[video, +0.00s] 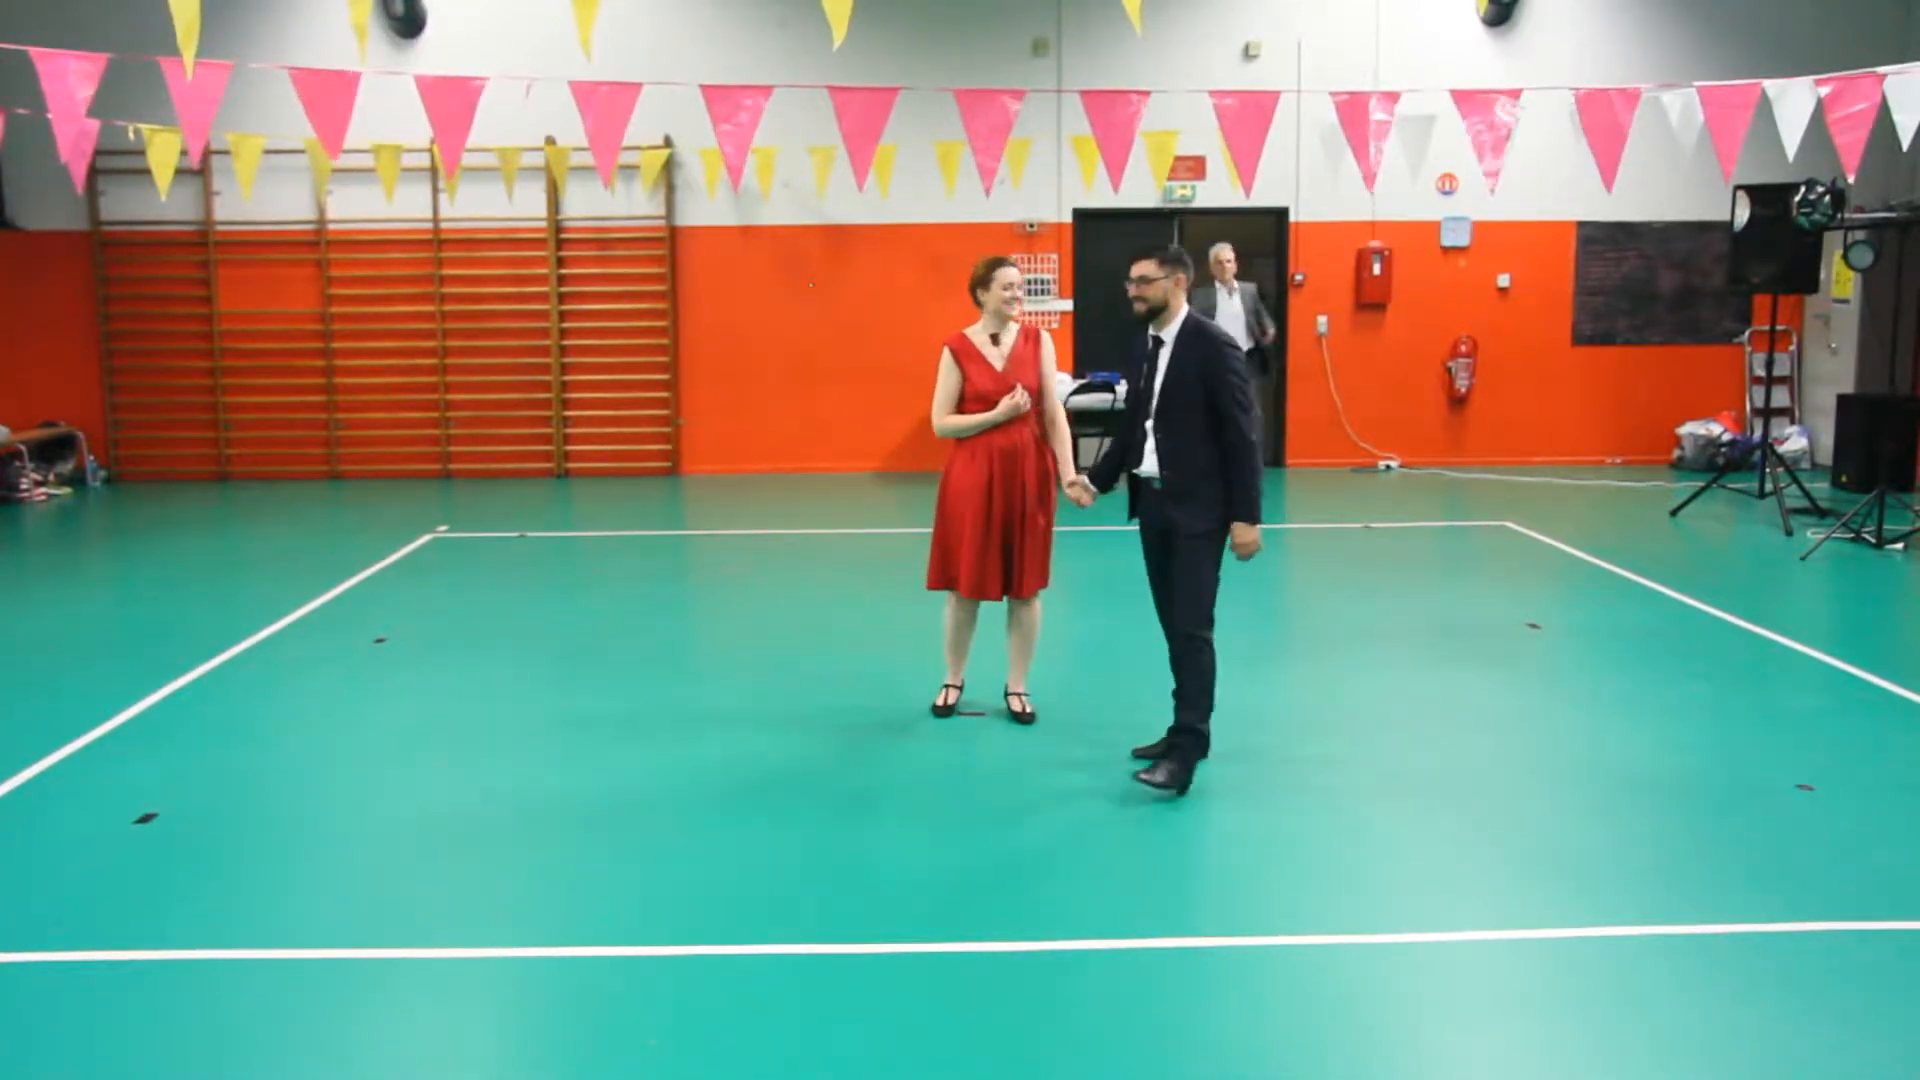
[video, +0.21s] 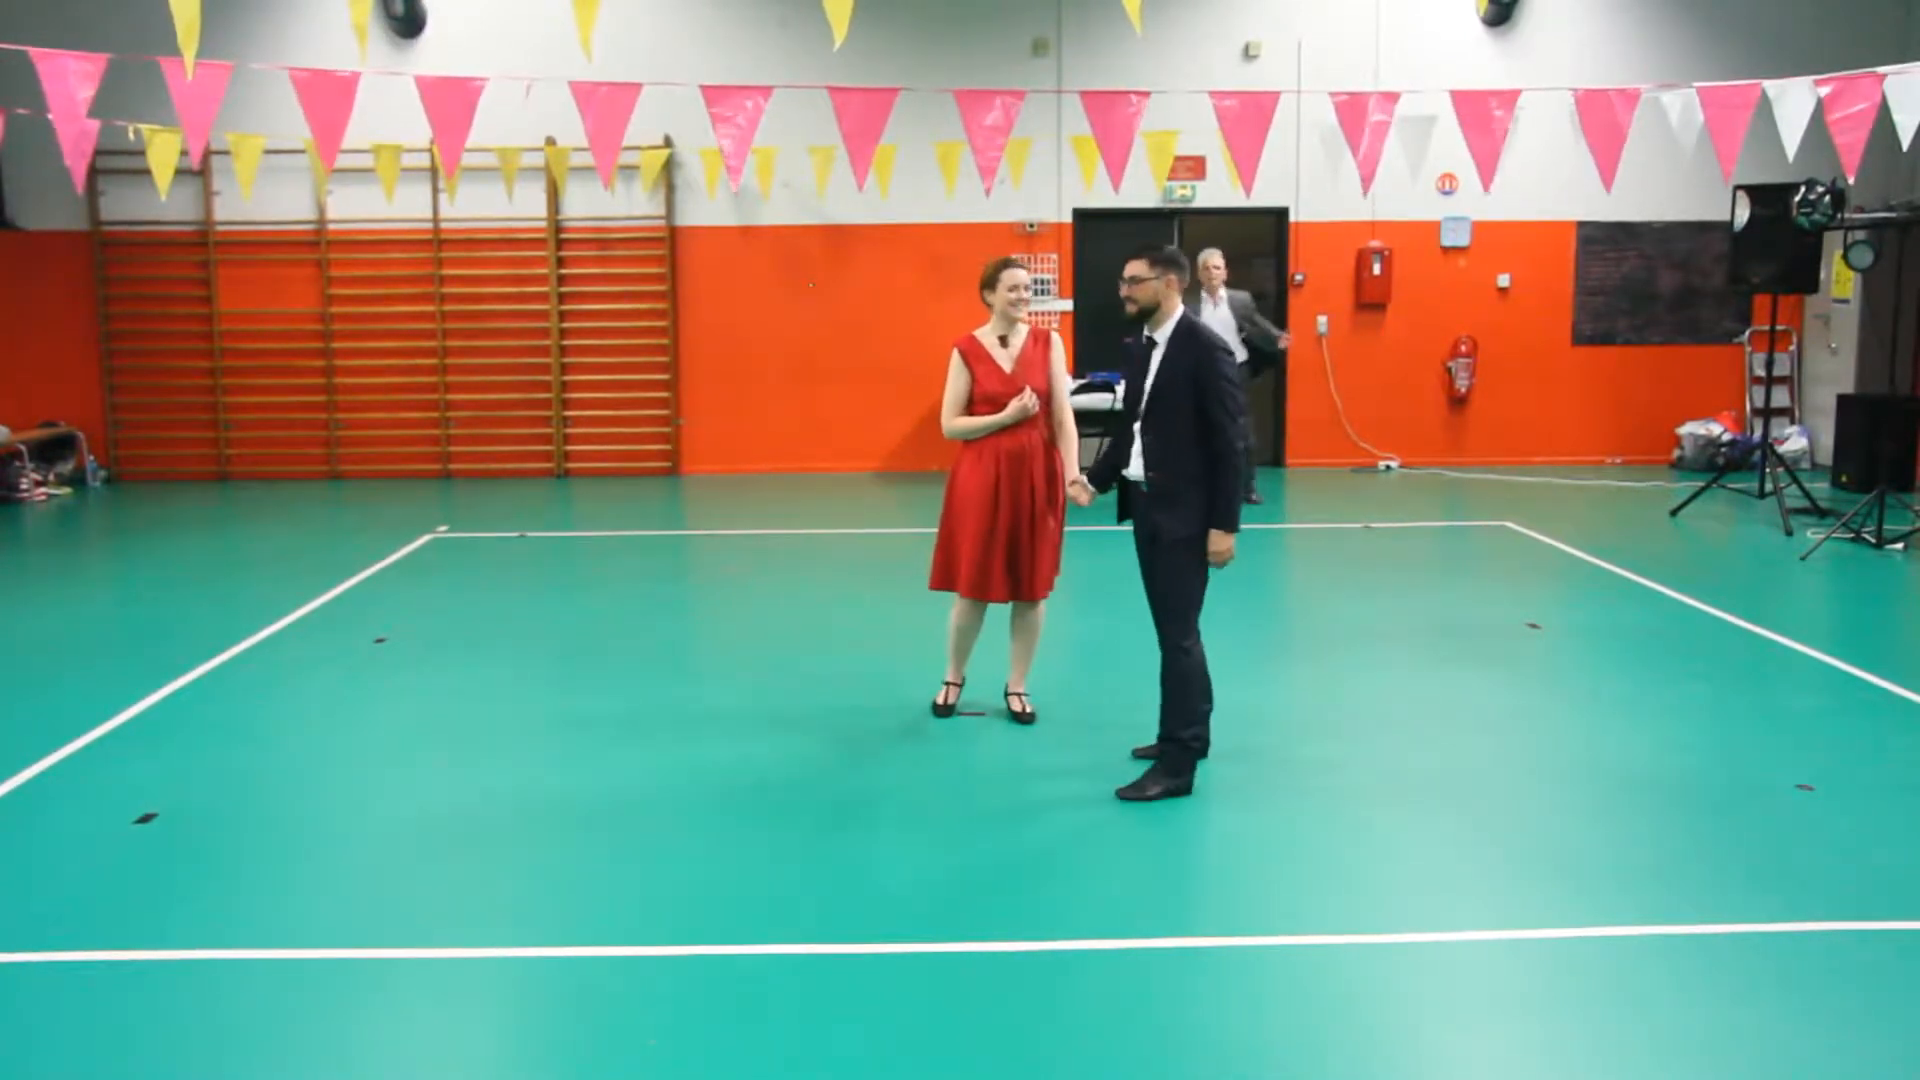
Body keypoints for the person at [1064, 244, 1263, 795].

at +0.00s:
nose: (1134, 291)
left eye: (1144, 282)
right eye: (1131, 282)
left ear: (1179, 283)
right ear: (1139, 288)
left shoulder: (1214, 345)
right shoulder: (1148, 345)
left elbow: (1241, 434)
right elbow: (1134, 423)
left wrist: (1246, 516)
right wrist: (1096, 480)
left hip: (1199, 504)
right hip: (1153, 501)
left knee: (1191, 628)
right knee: (1175, 626)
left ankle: (1186, 752)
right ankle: (1185, 729)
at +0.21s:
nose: (1125, 291)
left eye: (1136, 281)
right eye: (1124, 282)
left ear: (1171, 283)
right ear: (1144, 288)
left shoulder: (1206, 349)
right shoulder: (1140, 345)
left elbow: (1230, 441)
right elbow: (1131, 423)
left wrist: (1224, 523)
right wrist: (1098, 478)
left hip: (1184, 507)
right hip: (1146, 502)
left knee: (1179, 636)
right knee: (1173, 631)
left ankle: (1178, 763)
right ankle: (1185, 732)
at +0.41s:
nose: (1119, 287)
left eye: (1129, 277)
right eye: (1120, 278)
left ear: (1167, 280)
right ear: (1152, 282)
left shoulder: (1192, 344)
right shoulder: (1154, 340)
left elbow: (1203, 441)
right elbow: (1138, 424)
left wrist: (1185, 526)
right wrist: (1102, 466)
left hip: (1174, 514)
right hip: (1146, 509)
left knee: (1173, 640)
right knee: (1165, 635)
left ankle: (1178, 763)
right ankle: (1179, 733)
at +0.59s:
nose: (1115, 284)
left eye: (1124, 274)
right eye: (1117, 275)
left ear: (1155, 280)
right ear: (1151, 281)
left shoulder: (1186, 343)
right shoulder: (1155, 334)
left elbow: (1185, 443)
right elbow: (1146, 426)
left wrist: (1148, 524)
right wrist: (1113, 464)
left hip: (1175, 516)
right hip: (1150, 507)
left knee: (1171, 634)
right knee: (1149, 624)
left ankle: (1178, 764)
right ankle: (1178, 730)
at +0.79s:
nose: (1119, 287)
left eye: (1123, 277)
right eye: (1120, 276)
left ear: (1137, 282)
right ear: (1172, 281)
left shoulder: (1168, 348)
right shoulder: (1173, 335)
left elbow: (1155, 452)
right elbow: (1152, 436)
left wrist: (1123, 530)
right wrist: (1116, 459)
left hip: (1170, 521)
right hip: (1163, 516)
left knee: (1170, 637)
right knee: (1134, 621)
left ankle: (1176, 766)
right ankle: (1169, 729)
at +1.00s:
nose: (1121, 287)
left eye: (1122, 280)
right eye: (1124, 279)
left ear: (1129, 282)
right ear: (1176, 282)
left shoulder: (1161, 350)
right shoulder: (1189, 335)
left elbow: (1143, 453)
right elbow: (1165, 433)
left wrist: (1120, 535)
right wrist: (1117, 464)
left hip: (1167, 521)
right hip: (1180, 513)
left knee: (1169, 637)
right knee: (1150, 627)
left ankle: (1176, 765)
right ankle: (1169, 739)